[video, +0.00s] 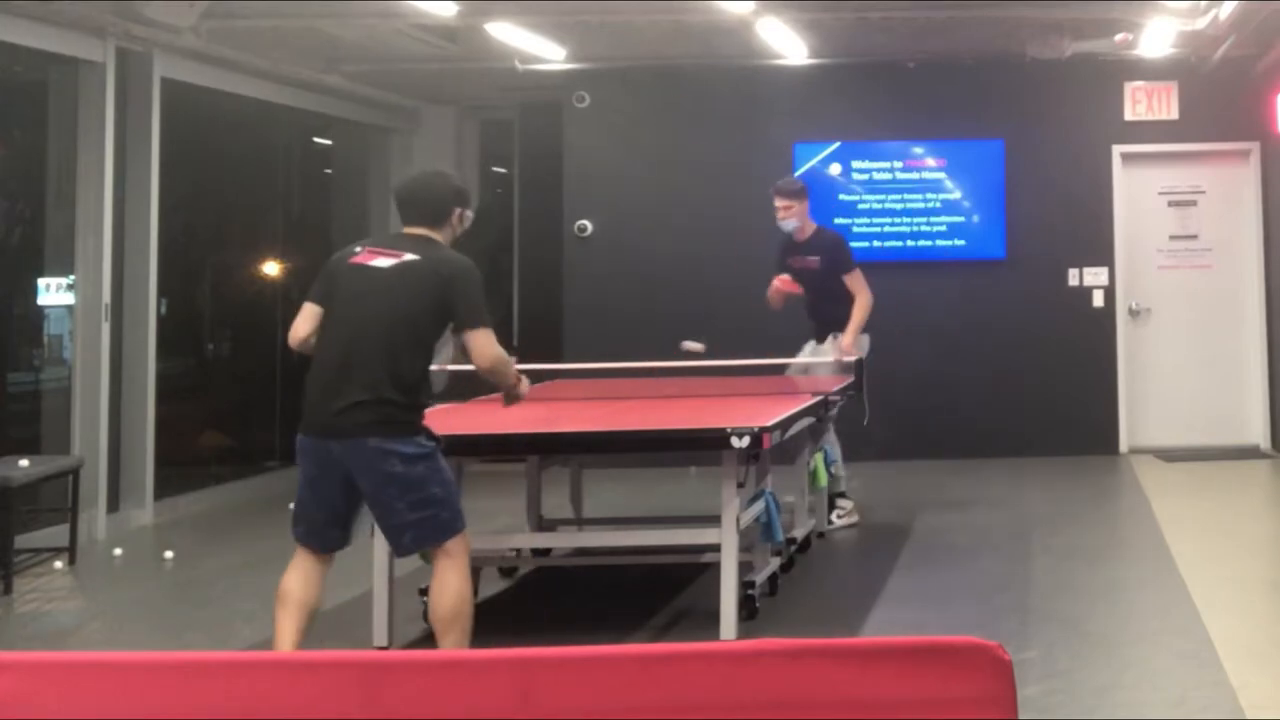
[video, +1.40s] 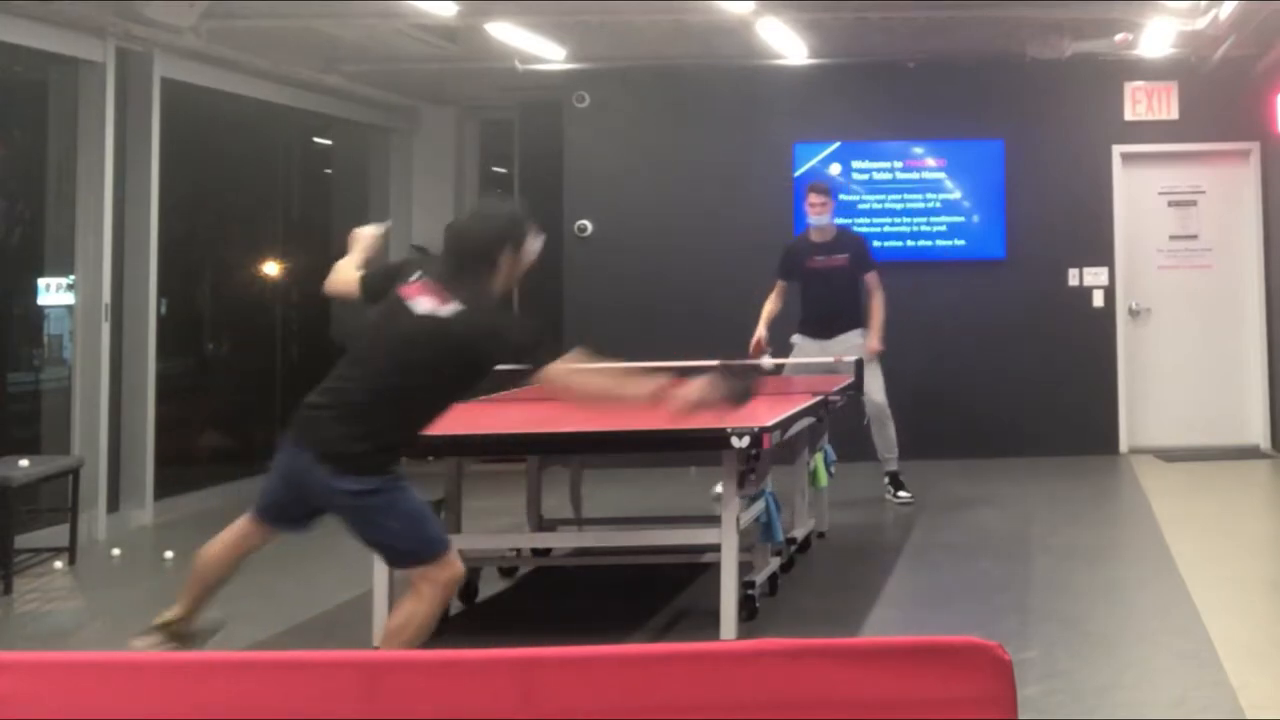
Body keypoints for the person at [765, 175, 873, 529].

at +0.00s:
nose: (781, 215)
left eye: (788, 208)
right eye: (777, 210)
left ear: (804, 207)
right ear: (775, 212)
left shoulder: (832, 243)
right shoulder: (788, 248)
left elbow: (864, 295)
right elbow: (775, 304)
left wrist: (849, 337)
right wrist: (777, 290)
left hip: (846, 339)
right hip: (819, 340)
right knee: (819, 416)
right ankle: (839, 499)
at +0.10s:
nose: (779, 210)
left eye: (785, 203)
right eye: (774, 204)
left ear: (801, 203)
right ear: (770, 208)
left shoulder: (828, 239)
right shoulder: (775, 247)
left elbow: (862, 288)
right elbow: (764, 301)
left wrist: (839, 327)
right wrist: (768, 291)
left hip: (830, 344)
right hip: (798, 344)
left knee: (823, 420)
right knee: (773, 408)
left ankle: (839, 498)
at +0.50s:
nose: (775, 210)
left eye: (781, 205)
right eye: (770, 205)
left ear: (796, 205)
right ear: (766, 208)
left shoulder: (820, 241)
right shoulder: (759, 248)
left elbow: (841, 293)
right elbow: (751, 296)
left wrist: (817, 331)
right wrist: (750, 336)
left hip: (820, 340)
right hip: (776, 341)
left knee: (844, 406)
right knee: (754, 412)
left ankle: (884, 473)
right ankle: (752, 486)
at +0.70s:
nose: (797, 227)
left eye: (803, 221)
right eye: (792, 222)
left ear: (815, 221)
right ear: (786, 223)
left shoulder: (839, 249)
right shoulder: (780, 260)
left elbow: (865, 297)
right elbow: (763, 305)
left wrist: (842, 337)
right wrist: (773, 345)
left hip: (845, 341)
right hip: (800, 343)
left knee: (870, 407)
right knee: (780, 411)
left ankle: (890, 472)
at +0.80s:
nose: (813, 235)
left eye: (819, 229)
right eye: (808, 230)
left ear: (831, 228)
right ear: (802, 231)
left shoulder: (853, 253)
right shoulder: (796, 266)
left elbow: (880, 297)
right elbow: (767, 316)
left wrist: (873, 340)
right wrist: (793, 339)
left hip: (858, 339)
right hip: (816, 345)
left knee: (876, 402)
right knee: (794, 406)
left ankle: (891, 472)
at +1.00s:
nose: (839, 241)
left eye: (845, 236)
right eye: (834, 236)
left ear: (855, 236)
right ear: (828, 238)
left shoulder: (876, 260)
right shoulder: (818, 271)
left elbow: (903, 286)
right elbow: (793, 313)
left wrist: (921, 327)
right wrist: (771, 313)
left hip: (875, 340)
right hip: (832, 343)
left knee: (892, 398)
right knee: (802, 392)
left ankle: (895, 473)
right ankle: (817, 457)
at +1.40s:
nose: (816, 211)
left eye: (822, 205)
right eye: (812, 205)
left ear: (833, 207)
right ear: (804, 208)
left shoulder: (854, 243)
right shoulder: (795, 249)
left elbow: (875, 290)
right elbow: (778, 293)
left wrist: (874, 335)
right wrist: (762, 326)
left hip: (852, 340)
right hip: (808, 343)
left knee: (877, 402)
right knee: (789, 409)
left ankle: (892, 473)